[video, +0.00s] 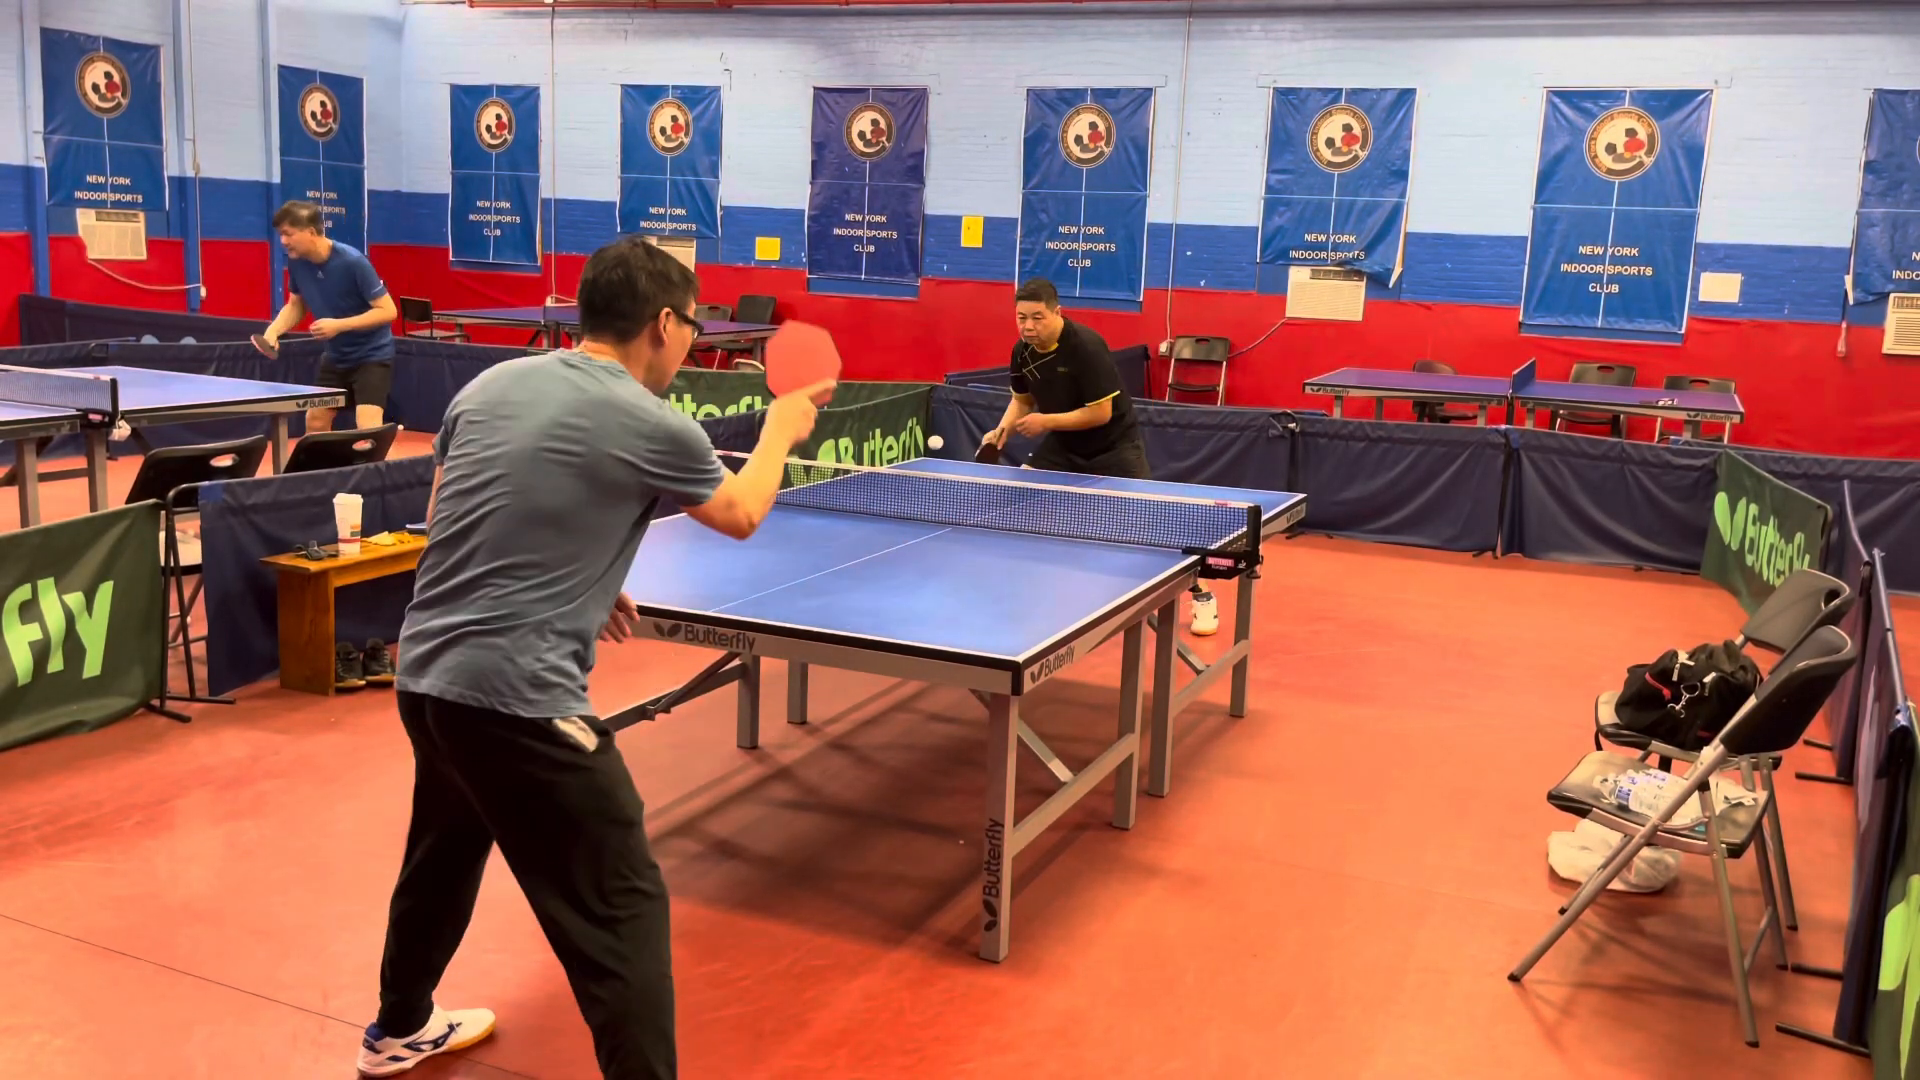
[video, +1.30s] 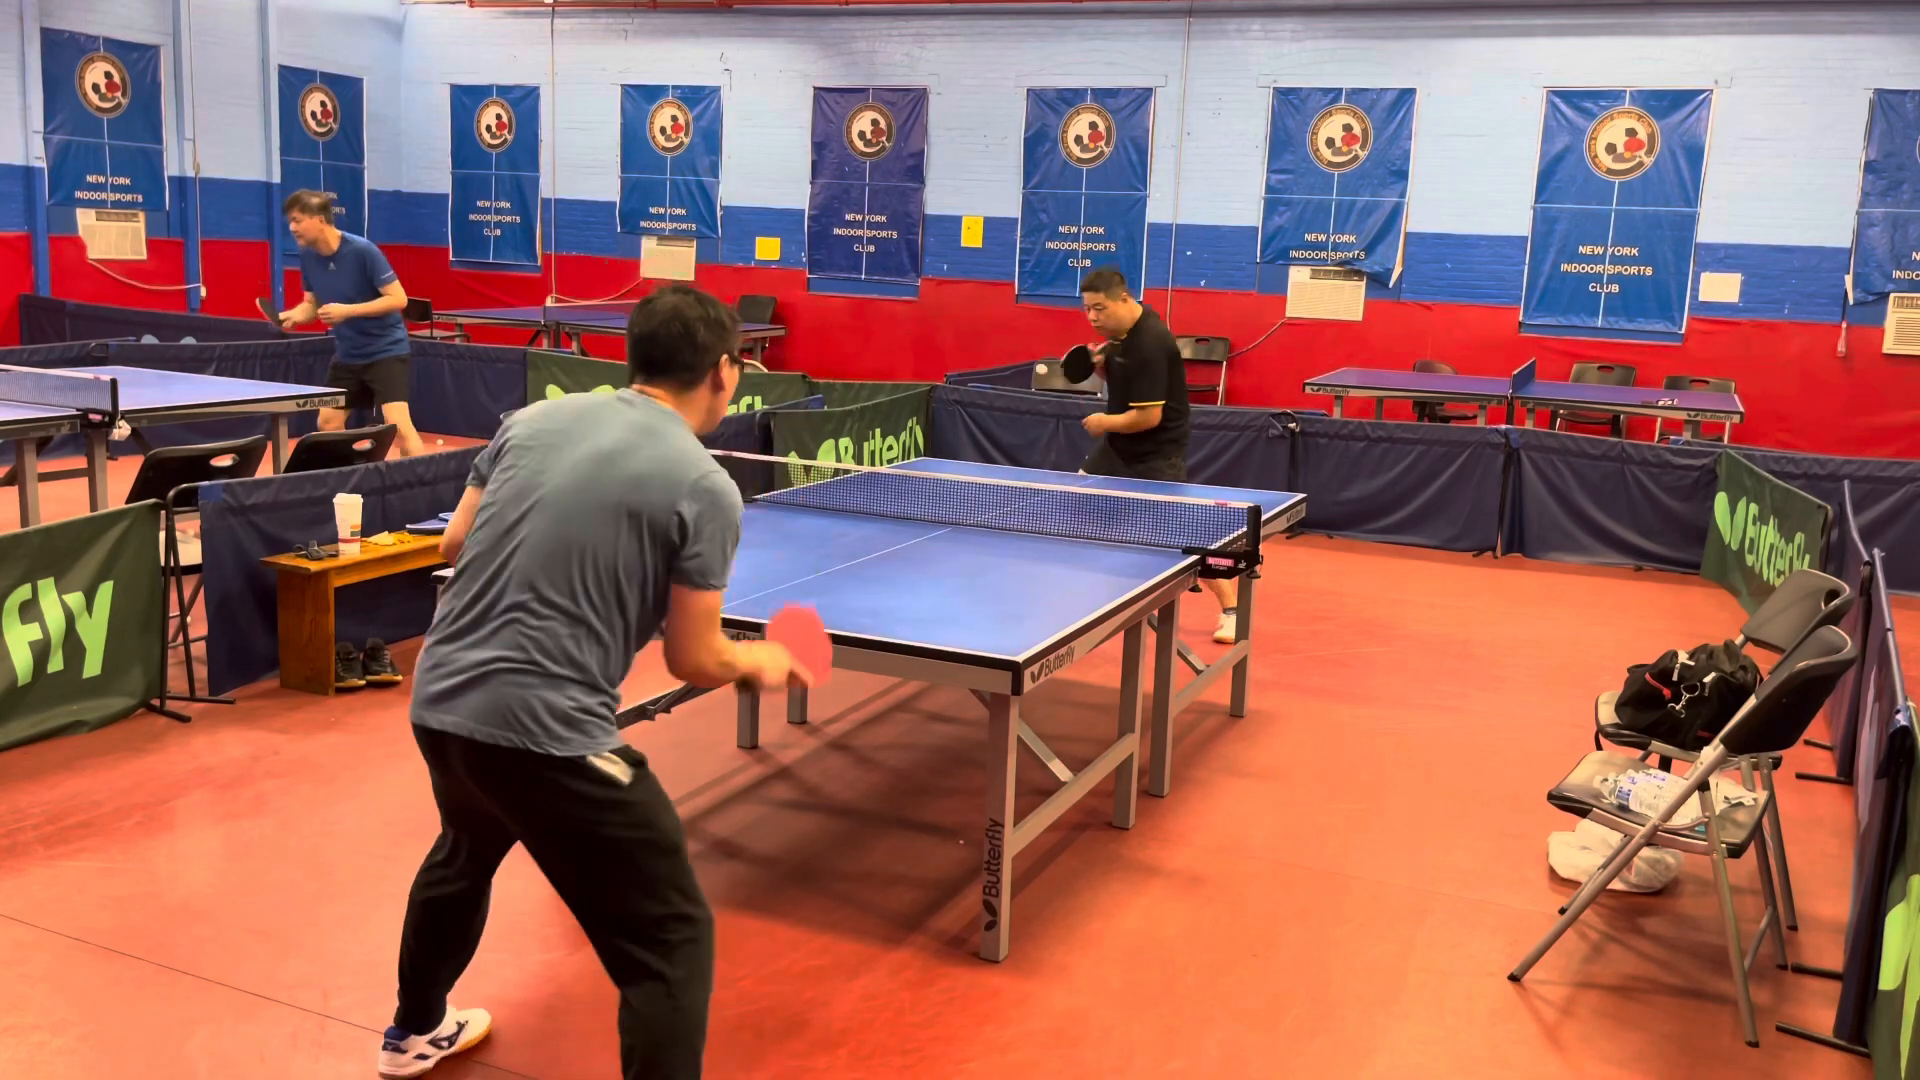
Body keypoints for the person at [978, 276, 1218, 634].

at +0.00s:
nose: (1028, 326)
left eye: (1036, 317)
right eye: (1021, 318)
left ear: (1057, 313)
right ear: (1016, 317)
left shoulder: (1087, 348)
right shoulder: (1023, 351)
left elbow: (1102, 412)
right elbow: (1022, 399)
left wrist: (1046, 421)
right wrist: (1002, 429)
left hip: (1114, 447)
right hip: (1062, 446)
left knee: (1150, 515)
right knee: (1010, 497)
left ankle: (1199, 593)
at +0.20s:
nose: (1026, 331)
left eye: (1032, 323)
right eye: (1022, 324)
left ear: (1058, 314)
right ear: (1024, 319)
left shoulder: (1082, 350)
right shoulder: (1061, 342)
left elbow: (1079, 423)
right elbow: (1061, 383)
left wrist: (1041, 421)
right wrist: (1016, 393)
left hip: (1121, 455)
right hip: (1079, 450)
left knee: (1152, 527)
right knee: (1023, 495)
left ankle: (1221, 602)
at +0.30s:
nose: (1045, 331)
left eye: (1051, 322)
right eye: (1042, 322)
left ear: (1075, 314)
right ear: (1043, 320)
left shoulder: (1113, 350)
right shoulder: (1067, 347)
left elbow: (1112, 419)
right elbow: (1047, 397)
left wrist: (1067, 420)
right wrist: (1025, 376)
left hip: (1133, 459)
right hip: (1087, 452)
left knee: (1166, 529)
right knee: (1031, 497)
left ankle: (1224, 604)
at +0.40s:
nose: (1069, 325)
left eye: (1075, 316)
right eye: (1064, 317)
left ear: (1100, 307)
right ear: (1062, 315)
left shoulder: (1142, 339)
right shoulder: (1073, 349)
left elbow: (1159, 406)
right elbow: (1050, 406)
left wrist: (1104, 420)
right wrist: (1048, 375)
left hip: (1152, 456)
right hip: (1096, 455)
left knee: (1192, 526)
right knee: (1041, 504)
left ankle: (1227, 606)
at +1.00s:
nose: (1069, 324)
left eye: (1076, 315)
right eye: (1063, 315)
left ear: (1100, 308)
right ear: (1059, 313)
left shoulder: (1121, 346)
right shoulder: (1092, 339)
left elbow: (1121, 420)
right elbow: (1096, 389)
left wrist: (1070, 418)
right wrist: (1062, 412)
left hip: (1149, 453)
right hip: (1111, 447)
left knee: (1178, 528)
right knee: (1063, 502)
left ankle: (1234, 605)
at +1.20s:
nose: (1069, 326)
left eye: (1076, 317)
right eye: (1065, 318)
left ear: (1101, 309)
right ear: (1062, 314)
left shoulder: (1120, 348)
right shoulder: (1113, 331)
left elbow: (1114, 421)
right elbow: (1125, 378)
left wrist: (1079, 420)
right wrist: (1087, 379)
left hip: (1149, 452)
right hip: (1113, 446)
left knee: (1180, 528)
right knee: (1062, 501)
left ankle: (1230, 605)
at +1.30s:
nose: (1091, 318)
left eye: (1098, 309)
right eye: (1087, 310)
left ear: (1125, 300)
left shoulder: (1150, 341)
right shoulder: (1128, 330)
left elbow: (1149, 416)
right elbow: (1128, 372)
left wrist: (1106, 423)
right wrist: (1104, 362)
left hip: (1157, 456)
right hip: (1117, 448)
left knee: (1187, 531)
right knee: (1071, 505)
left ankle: (1231, 607)